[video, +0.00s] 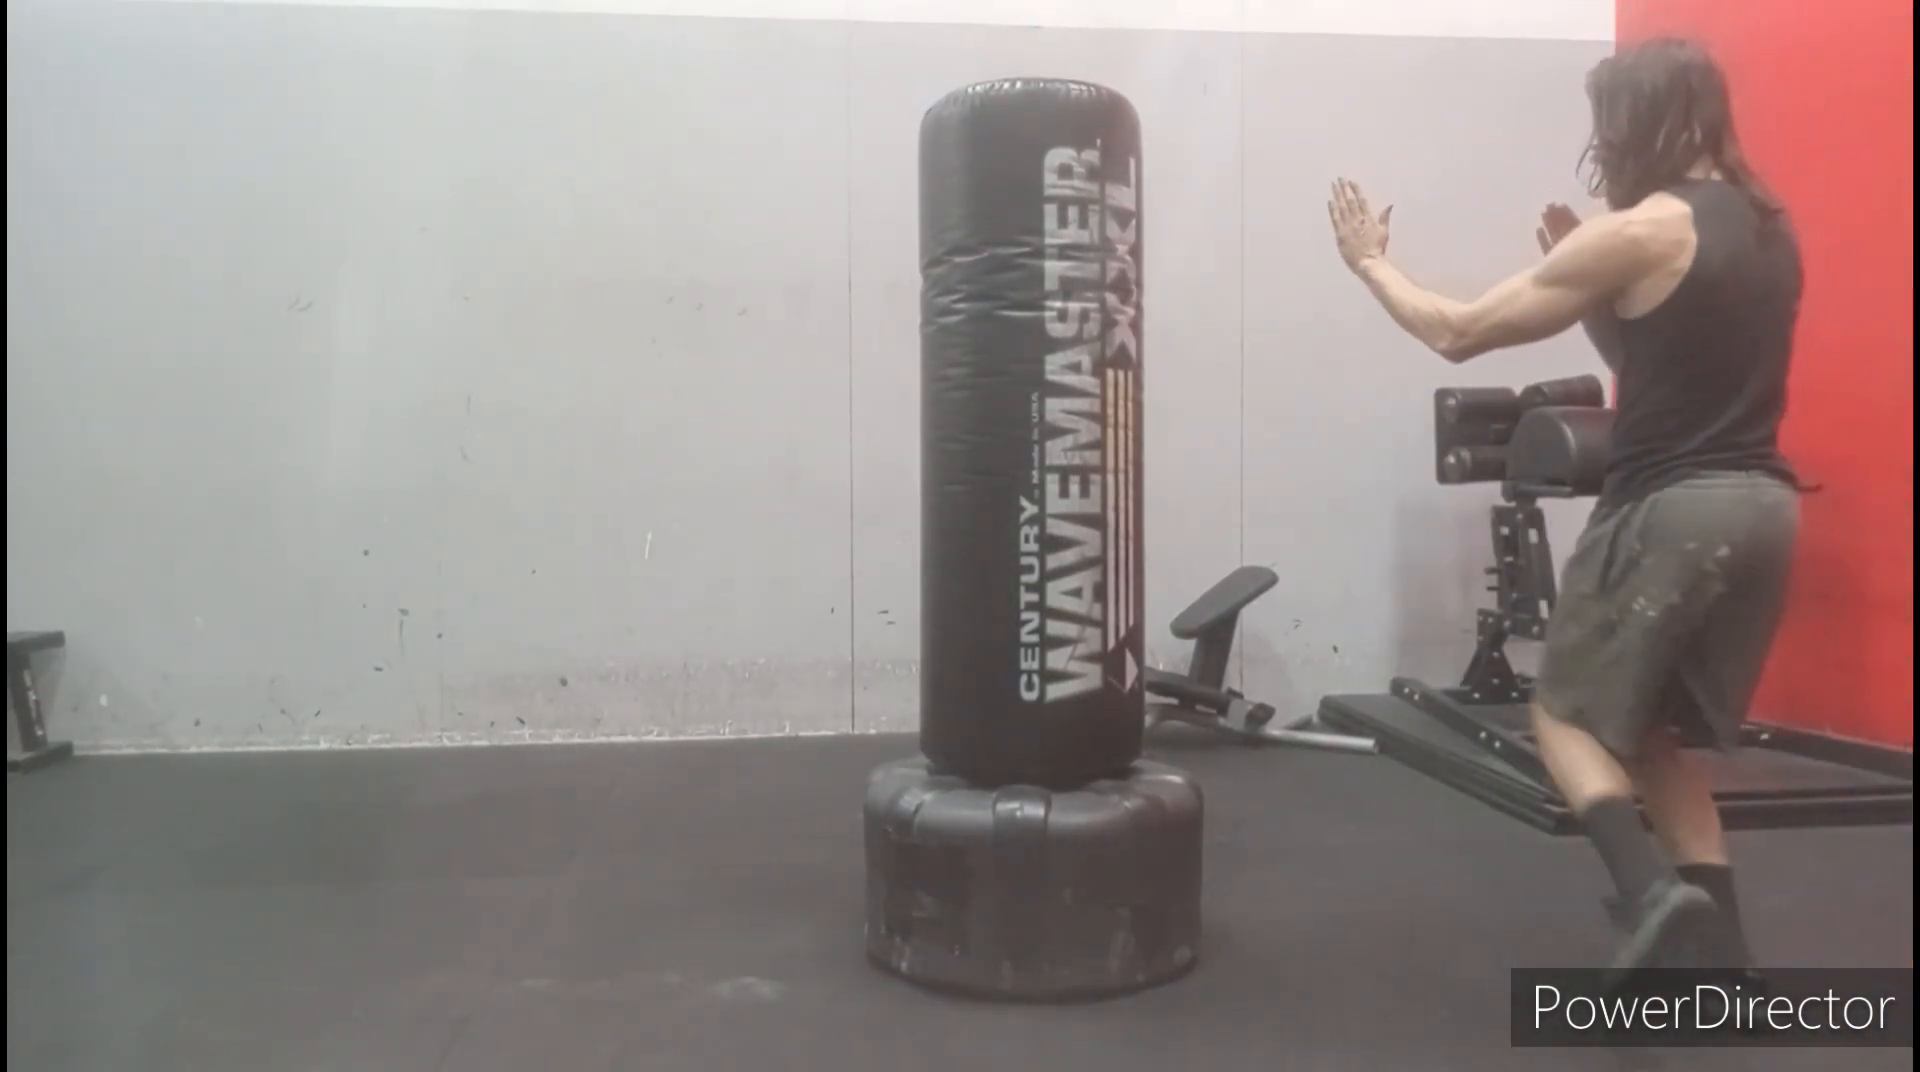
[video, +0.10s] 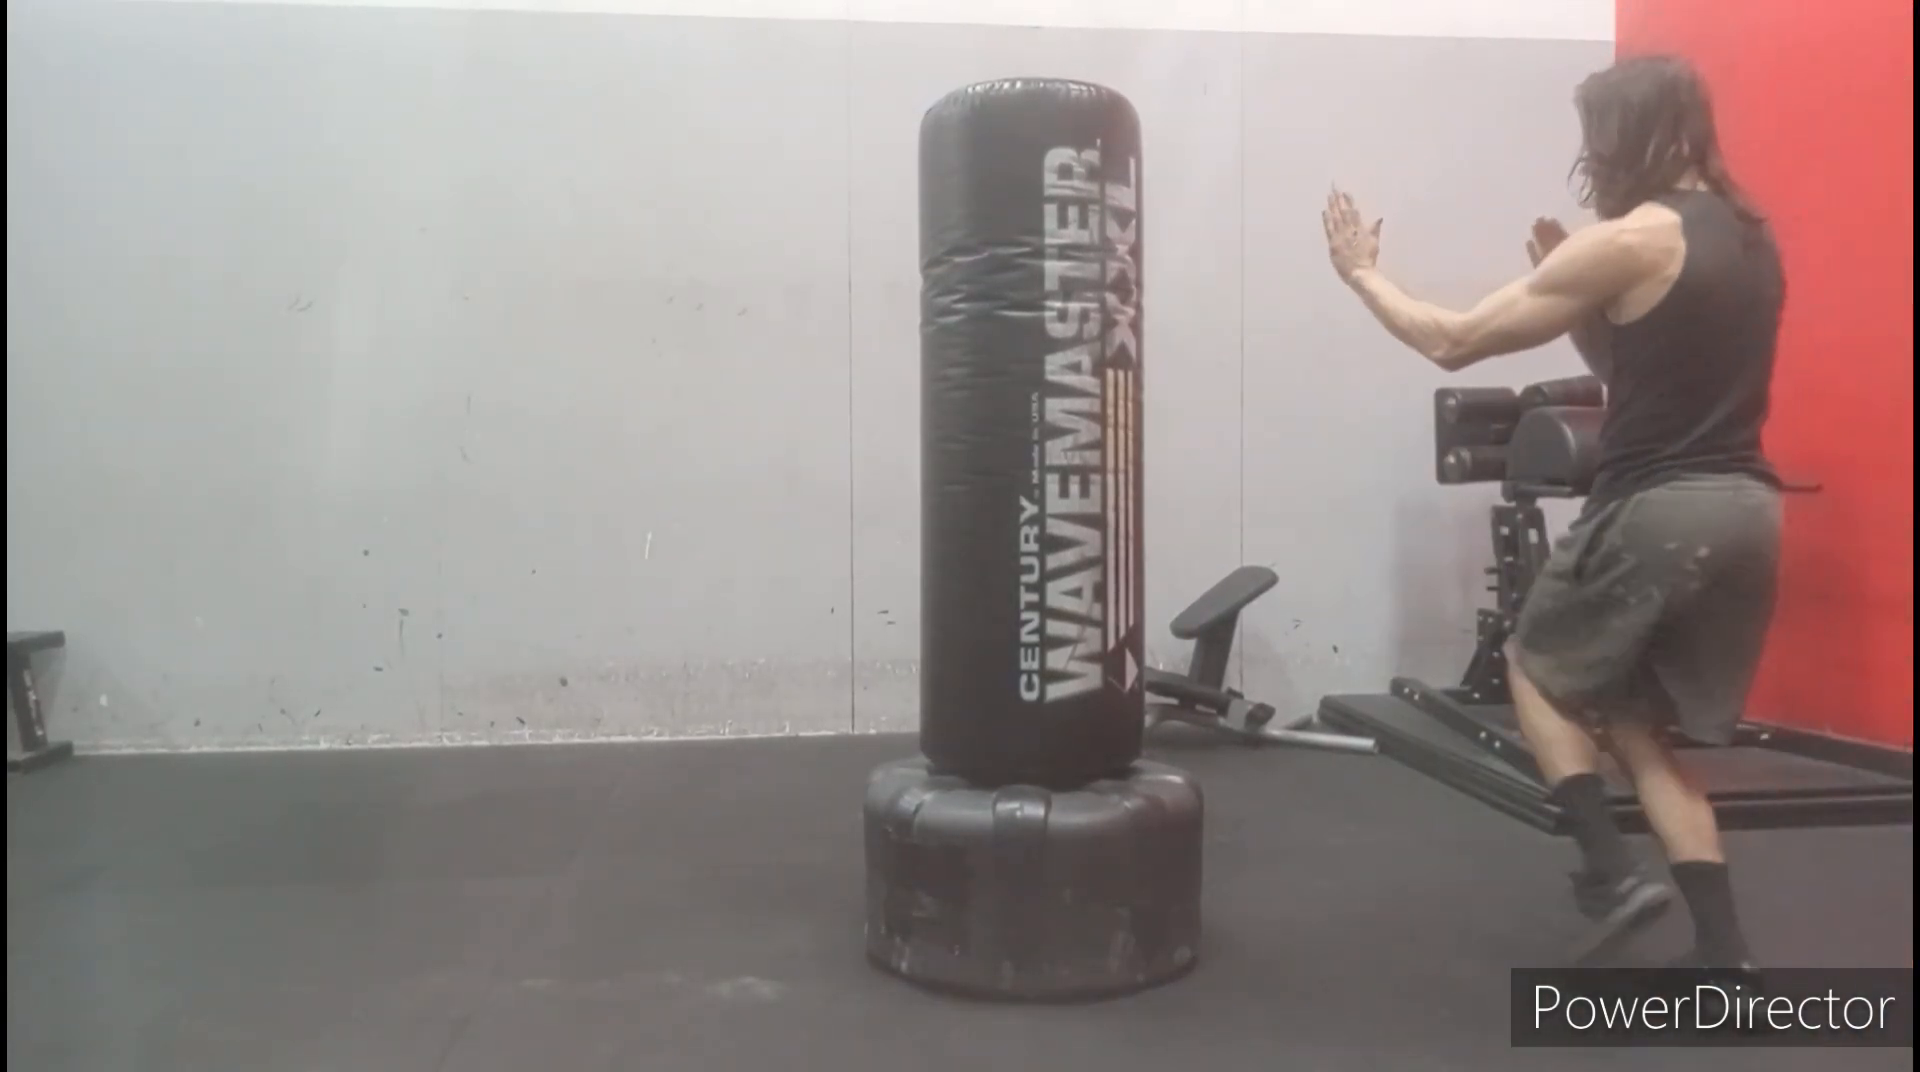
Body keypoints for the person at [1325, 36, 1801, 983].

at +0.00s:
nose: (1597, 139)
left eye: (1605, 121)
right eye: (1600, 120)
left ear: (1633, 125)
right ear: (1706, 119)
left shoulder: (1638, 233)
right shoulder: (1767, 224)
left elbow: (1458, 330)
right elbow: (1666, 358)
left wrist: (1368, 261)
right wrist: (1585, 273)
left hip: (1676, 506)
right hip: (1766, 501)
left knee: (1564, 713)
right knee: (1667, 744)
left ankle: (1648, 888)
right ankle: (1723, 968)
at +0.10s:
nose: (1585, 153)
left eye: (1594, 135)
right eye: (1588, 134)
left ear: (1625, 137)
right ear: (1688, 133)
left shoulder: (1630, 240)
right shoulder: (1748, 232)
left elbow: (1452, 339)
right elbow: (1634, 369)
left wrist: (1361, 273)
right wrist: (1568, 287)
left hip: (1663, 510)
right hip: (1749, 504)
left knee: (1535, 665)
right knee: (1636, 730)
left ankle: (1614, 874)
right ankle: (1723, 958)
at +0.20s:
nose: (1569, 164)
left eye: (1578, 147)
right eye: (1571, 146)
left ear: (1609, 150)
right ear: (1667, 145)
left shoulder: (1614, 248)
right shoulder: (1723, 238)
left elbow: (1442, 346)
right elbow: (1614, 372)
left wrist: (1347, 281)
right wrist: (1550, 294)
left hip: (1643, 510)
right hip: (1730, 505)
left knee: (1525, 655)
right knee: (1628, 726)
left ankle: (1567, 875)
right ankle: (1719, 953)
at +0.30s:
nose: (1548, 176)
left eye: (1557, 160)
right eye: (1550, 158)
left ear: (1593, 162)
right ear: (1645, 158)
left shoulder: (1595, 257)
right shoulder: (1699, 250)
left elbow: (1429, 352)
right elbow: (1590, 383)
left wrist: (1332, 287)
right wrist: (1532, 303)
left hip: (1617, 512)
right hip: (1705, 511)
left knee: (1520, 661)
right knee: (1621, 727)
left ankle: (1534, 860)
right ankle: (1716, 942)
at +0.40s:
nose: (1525, 190)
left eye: (1533, 173)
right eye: (1525, 172)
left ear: (1571, 176)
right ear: (1617, 172)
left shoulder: (1575, 269)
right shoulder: (1664, 259)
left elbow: (1409, 360)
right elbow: (1563, 385)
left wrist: (1314, 295)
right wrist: (1509, 307)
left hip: (1585, 512)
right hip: (1673, 509)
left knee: (1511, 674)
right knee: (1619, 731)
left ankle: (1533, 858)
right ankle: (1714, 937)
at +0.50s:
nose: (1498, 197)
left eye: (1506, 181)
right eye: (1498, 180)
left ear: (1538, 186)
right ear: (1588, 185)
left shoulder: (1551, 279)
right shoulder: (1627, 265)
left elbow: (1390, 366)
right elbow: (1546, 380)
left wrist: (1297, 301)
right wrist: (1489, 311)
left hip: (1554, 509)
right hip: (1637, 505)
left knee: (1496, 682)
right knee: (1602, 725)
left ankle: (1534, 860)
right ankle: (1703, 895)